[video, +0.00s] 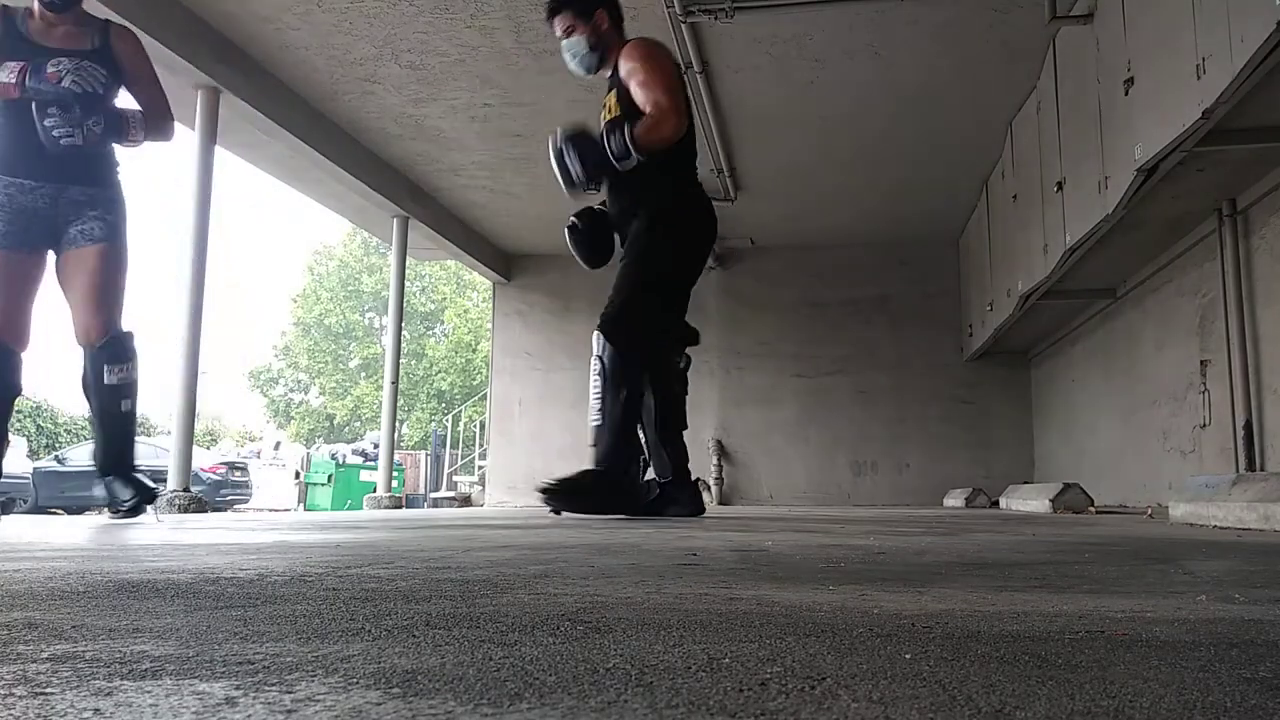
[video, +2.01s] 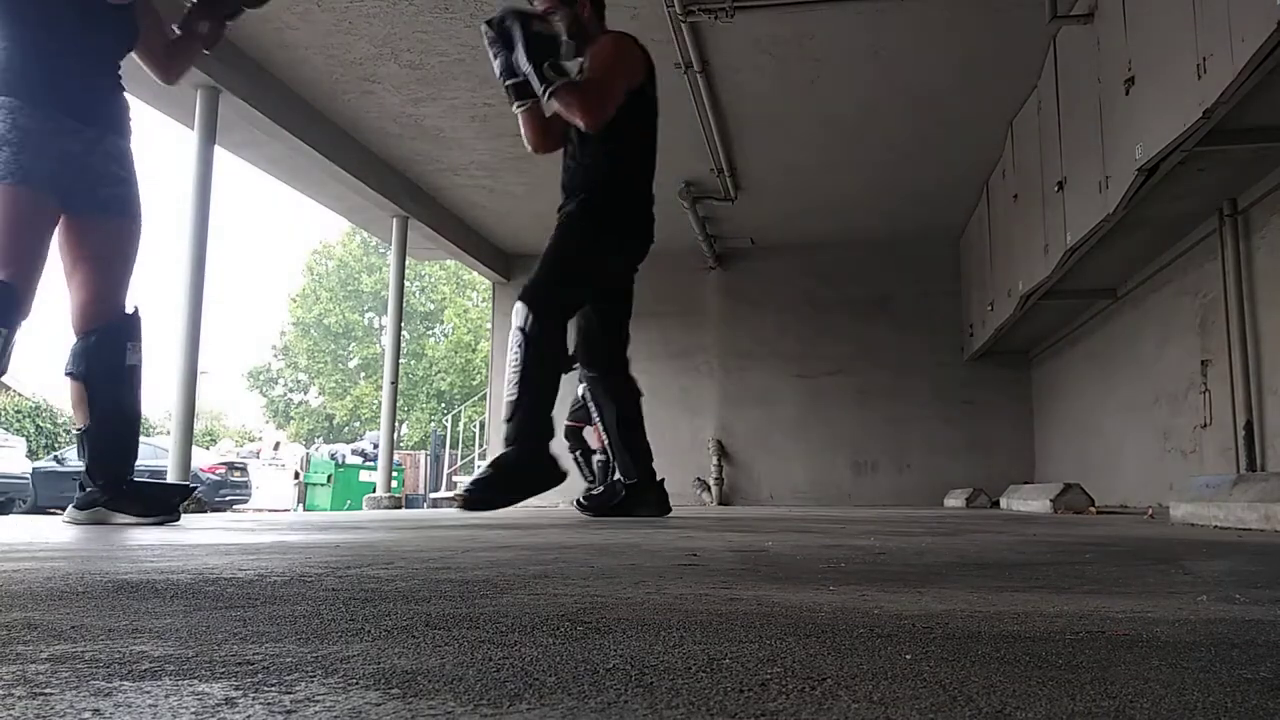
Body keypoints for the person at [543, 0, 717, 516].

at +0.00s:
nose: (567, 47)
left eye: (571, 32)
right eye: (560, 39)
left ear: (604, 18)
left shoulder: (637, 54)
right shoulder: (617, 90)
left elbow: (670, 120)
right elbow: (642, 178)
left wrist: (606, 150)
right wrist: (608, 223)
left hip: (672, 220)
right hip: (658, 226)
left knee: (619, 330)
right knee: (656, 341)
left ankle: (613, 473)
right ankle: (672, 482)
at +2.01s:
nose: (543, 27)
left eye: (551, 14)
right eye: (539, 19)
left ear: (585, 8)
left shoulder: (618, 47)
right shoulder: (581, 73)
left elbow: (590, 112)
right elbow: (541, 140)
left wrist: (535, 57)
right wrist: (515, 75)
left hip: (605, 218)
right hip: (596, 223)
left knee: (537, 309)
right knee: (600, 354)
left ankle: (527, 455)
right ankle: (638, 482)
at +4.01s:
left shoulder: (542, 11)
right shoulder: (464, 44)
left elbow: (475, 37)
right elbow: (389, 82)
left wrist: (419, 2)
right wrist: (340, 30)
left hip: (507, 203)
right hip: (452, 205)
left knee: (479, 325)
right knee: (369, 291)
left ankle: (484, 490)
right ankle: (444, 406)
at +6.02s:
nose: (403, 15)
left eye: (404, 7)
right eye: (399, 12)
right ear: (411, 16)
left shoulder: (478, 23)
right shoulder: (427, 60)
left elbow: (443, 78)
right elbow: (387, 137)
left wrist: (369, 26)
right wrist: (346, 79)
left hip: (451, 200)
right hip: (420, 208)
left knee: (393, 314)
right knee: (438, 347)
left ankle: (378, 472)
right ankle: (470, 484)